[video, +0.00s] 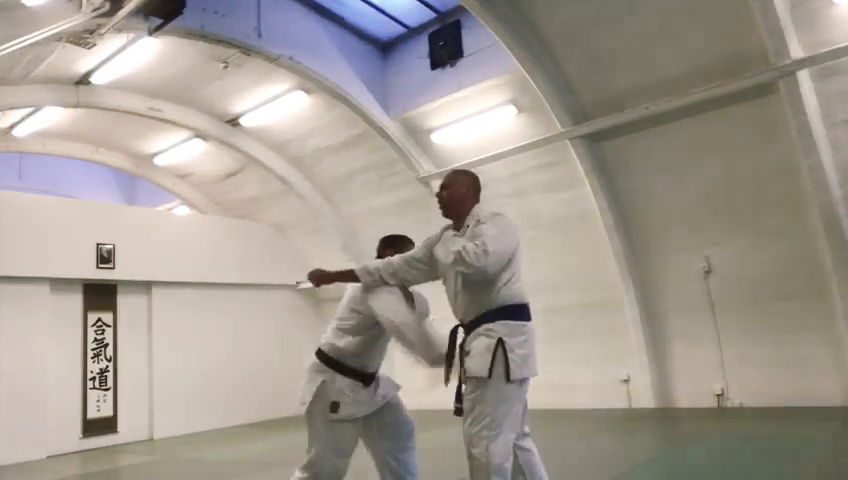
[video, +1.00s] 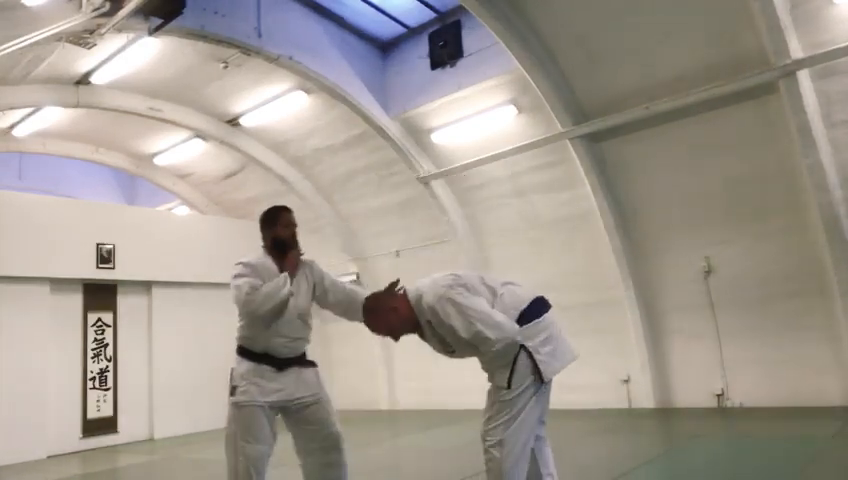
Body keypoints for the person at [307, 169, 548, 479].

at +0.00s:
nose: (438, 195)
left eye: (445, 189)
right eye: (439, 190)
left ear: (469, 192)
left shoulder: (497, 225)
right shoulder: (443, 239)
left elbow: (483, 260)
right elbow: (400, 267)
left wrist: (444, 245)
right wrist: (335, 276)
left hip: (503, 337)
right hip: (480, 338)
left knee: (484, 438)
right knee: (514, 436)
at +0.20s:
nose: (435, 203)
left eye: (440, 195)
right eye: (435, 196)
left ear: (462, 196)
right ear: (459, 199)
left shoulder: (497, 226)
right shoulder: (447, 240)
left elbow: (482, 267)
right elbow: (406, 268)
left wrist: (443, 248)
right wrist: (339, 278)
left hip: (509, 338)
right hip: (490, 339)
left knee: (489, 435)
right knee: (518, 435)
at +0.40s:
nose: (416, 227)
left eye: (420, 218)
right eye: (415, 221)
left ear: (442, 212)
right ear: (438, 214)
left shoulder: (477, 238)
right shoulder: (440, 257)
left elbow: (496, 295)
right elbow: (403, 285)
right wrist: (346, 286)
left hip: (516, 340)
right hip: (501, 342)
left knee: (488, 435)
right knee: (520, 441)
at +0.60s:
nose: (404, 277)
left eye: (403, 268)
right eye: (399, 271)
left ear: (416, 252)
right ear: (418, 249)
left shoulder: (464, 259)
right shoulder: (437, 273)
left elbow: (502, 320)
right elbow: (444, 324)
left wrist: (481, 354)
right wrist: (427, 353)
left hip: (524, 342)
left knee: (491, 437)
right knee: (521, 440)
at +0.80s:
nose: (396, 309)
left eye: (394, 302)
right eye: (390, 305)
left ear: (404, 286)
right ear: (406, 281)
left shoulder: (450, 282)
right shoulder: (429, 290)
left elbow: (507, 328)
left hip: (527, 343)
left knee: (499, 441)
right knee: (522, 440)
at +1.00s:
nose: (391, 337)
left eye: (385, 329)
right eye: (383, 333)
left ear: (394, 307)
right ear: (395, 304)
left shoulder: (438, 299)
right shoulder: (426, 306)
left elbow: (504, 336)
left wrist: (497, 374)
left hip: (527, 338)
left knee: (498, 439)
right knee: (528, 434)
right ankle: (543, 477)